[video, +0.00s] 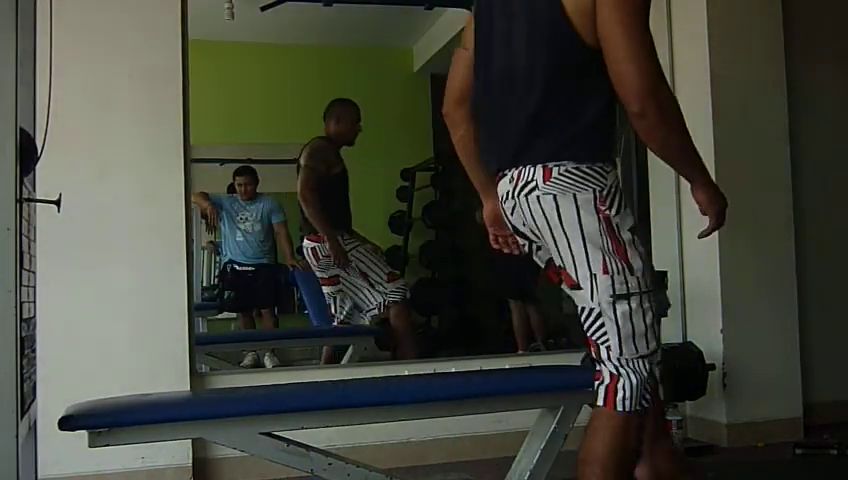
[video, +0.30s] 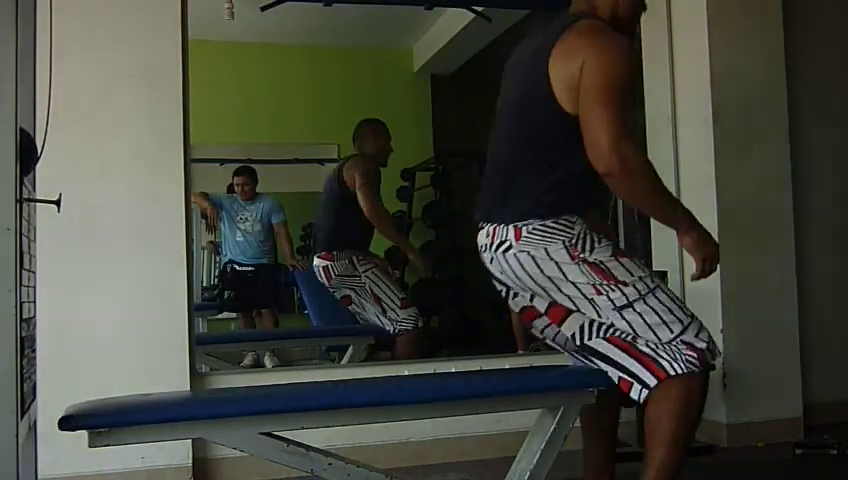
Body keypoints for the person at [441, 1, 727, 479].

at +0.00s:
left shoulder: (488, 8)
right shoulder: (603, 5)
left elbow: (455, 105)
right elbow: (641, 100)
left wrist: (489, 193)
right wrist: (698, 178)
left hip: (514, 187)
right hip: (573, 181)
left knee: (638, 316)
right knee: (625, 367)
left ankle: (655, 458)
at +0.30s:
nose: (639, 13)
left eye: (640, 6)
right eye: (637, 4)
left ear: (586, 2)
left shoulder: (543, 39)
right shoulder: (600, 44)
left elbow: (540, 158)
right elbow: (612, 158)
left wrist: (597, 231)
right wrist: (687, 226)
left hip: (509, 236)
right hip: (543, 235)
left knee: (602, 365)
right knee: (682, 354)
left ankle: (597, 472)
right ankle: (658, 472)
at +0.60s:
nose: (573, 92)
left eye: (573, 80)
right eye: (572, 80)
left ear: (520, 75)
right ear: (556, 77)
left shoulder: (490, 128)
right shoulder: (542, 128)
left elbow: (559, 225)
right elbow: (625, 232)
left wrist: (645, 214)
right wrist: (683, 227)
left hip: (458, 321)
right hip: (492, 320)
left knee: (604, 349)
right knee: (663, 369)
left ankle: (598, 473)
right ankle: (677, 473)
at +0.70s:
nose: (528, 112)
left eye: (528, 100)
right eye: (524, 98)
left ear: (471, 97)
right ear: (503, 97)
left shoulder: (443, 154)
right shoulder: (495, 155)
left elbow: (518, 236)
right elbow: (601, 236)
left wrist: (591, 197)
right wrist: (642, 195)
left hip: (441, 346)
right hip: (481, 343)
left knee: (593, 347)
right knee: (654, 365)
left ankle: (597, 472)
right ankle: (675, 472)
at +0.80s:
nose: (476, 113)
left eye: (476, 102)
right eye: (473, 101)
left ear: (414, 100)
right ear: (450, 101)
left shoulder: (387, 162)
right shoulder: (445, 160)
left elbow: (472, 242)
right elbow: (557, 230)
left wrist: (530, 177)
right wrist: (586, 154)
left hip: (435, 348)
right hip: (474, 344)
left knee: (588, 344)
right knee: (650, 357)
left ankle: (598, 472)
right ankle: (673, 472)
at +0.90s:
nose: (426, 124)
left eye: (428, 113)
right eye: (424, 112)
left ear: (366, 109)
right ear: (400, 110)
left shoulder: (342, 181)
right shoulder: (405, 173)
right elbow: (532, 197)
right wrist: (524, 111)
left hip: (425, 349)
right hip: (462, 344)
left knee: (585, 351)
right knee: (642, 360)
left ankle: (600, 470)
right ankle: (675, 471)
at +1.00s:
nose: (394, 141)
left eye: (393, 128)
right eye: (387, 126)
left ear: (331, 127)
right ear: (352, 125)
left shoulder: (306, 200)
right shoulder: (359, 190)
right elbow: (494, 173)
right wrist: (448, 85)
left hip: (429, 347)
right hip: (459, 347)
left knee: (576, 351)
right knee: (634, 367)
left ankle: (615, 468)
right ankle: (686, 468)